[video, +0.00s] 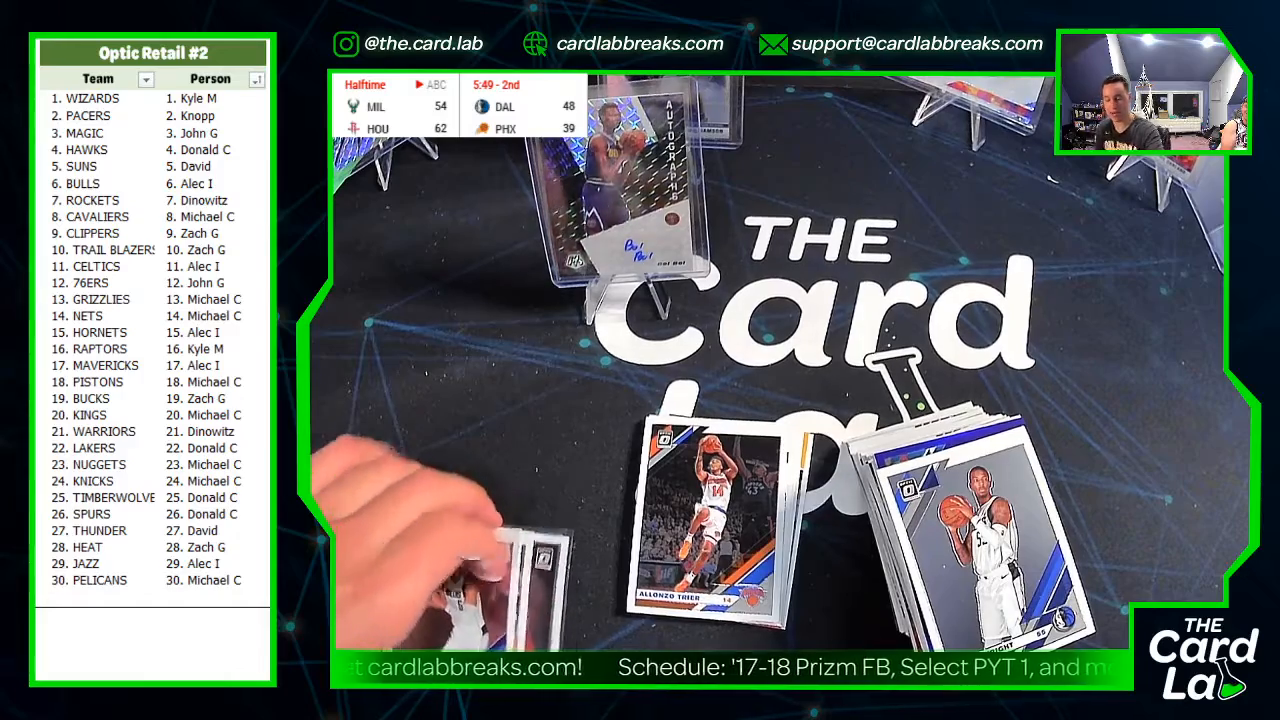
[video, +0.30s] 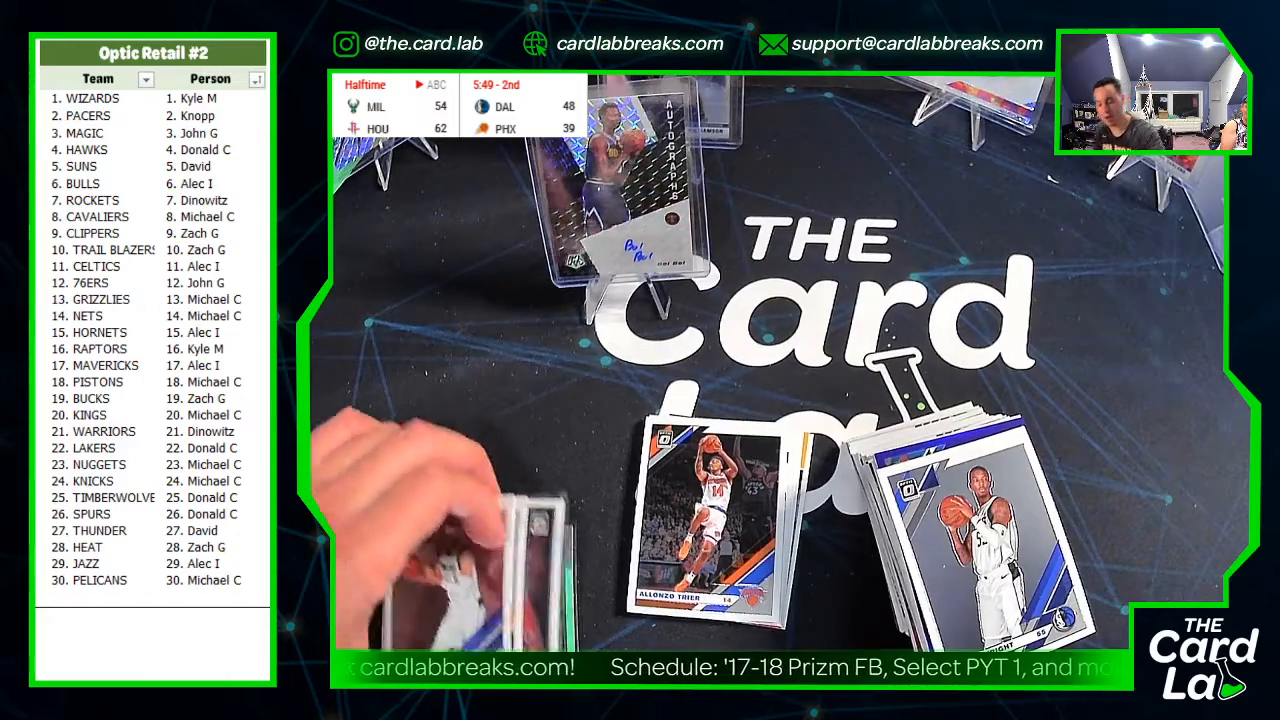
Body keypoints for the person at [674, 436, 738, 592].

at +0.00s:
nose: (714, 464)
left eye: (717, 462)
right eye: (713, 462)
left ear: (721, 465)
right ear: (709, 465)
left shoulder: (727, 476)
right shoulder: (706, 477)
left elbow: (734, 469)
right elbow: (699, 471)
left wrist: (721, 452)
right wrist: (700, 451)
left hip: (720, 513)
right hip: (706, 507)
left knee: (707, 550)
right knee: (704, 512)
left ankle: (688, 579)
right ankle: (688, 540)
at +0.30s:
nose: (714, 463)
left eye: (717, 461)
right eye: (713, 461)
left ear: (721, 465)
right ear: (709, 465)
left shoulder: (727, 475)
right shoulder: (706, 477)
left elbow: (734, 469)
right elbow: (698, 471)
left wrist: (722, 452)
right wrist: (700, 450)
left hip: (720, 512)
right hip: (706, 507)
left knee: (707, 549)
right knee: (704, 511)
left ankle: (688, 578)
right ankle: (688, 540)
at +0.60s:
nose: (715, 463)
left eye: (717, 462)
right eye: (713, 461)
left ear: (721, 465)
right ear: (709, 465)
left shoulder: (727, 475)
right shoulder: (706, 477)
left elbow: (734, 469)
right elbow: (698, 471)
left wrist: (721, 452)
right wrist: (700, 450)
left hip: (720, 512)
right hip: (706, 507)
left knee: (707, 549)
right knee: (704, 511)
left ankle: (688, 578)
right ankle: (688, 540)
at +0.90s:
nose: (714, 463)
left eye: (717, 461)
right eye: (712, 461)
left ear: (721, 465)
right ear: (709, 465)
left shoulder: (727, 476)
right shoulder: (705, 476)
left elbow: (734, 468)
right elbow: (698, 471)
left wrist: (721, 452)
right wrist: (700, 450)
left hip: (720, 512)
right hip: (706, 506)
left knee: (707, 549)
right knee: (704, 511)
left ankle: (689, 578)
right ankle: (688, 540)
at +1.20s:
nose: (714, 464)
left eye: (717, 462)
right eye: (712, 462)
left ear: (721, 466)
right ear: (709, 465)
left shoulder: (727, 476)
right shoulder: (705, 477)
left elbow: (734, 469)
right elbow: (698, 471)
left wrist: (721, 452)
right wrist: (700, 451)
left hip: (720, 513)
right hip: (705, 507)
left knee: (707, 551)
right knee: (704, 512)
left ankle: (688, 579)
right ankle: (688, 540)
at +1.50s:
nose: (715, 464)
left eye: (717, 463)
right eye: (712, 462)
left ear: (721, 466)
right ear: (709, 466)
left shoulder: (727, 476)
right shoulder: (705, 477)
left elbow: (734, 468)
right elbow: (698, 470)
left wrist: (721, 452)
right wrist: (700, 450)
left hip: (720, 512)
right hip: (706, 507)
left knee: (707, 551)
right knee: (704, 512)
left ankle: (688, 579)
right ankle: (688, 540)